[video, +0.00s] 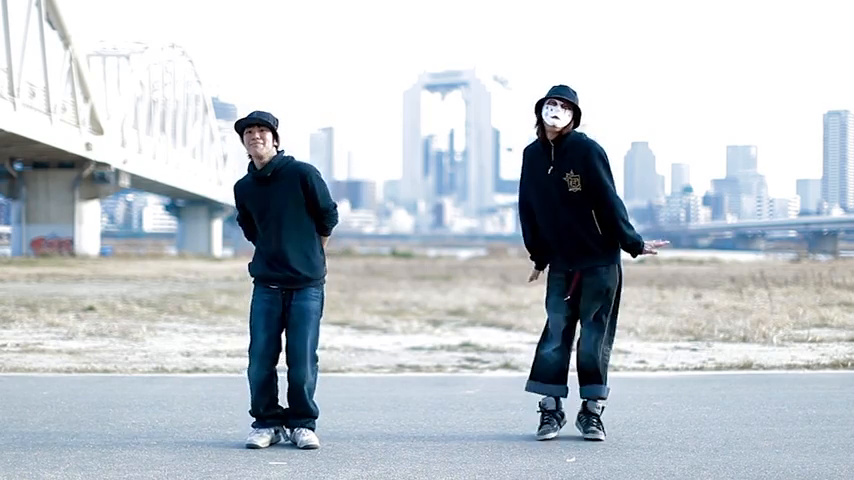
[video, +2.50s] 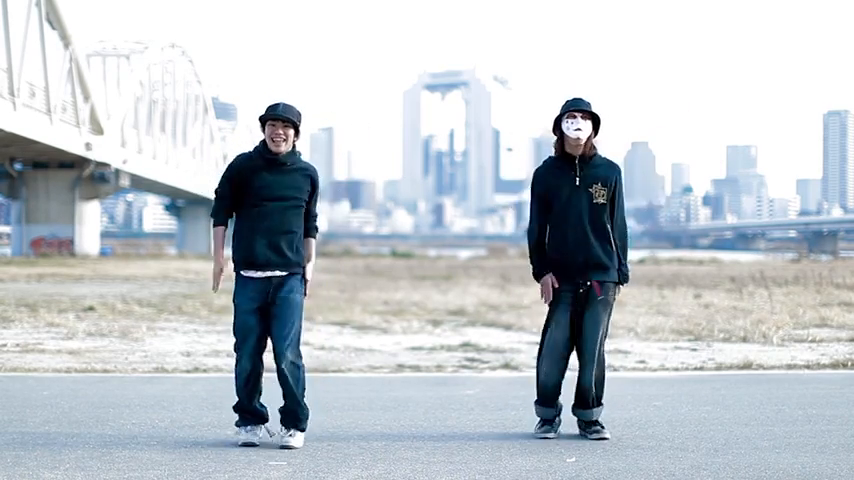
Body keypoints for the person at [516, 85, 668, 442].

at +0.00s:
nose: (554, 112)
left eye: (563, 108)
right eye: (550, 105)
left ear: (573, 116)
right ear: (540, 111)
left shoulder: (586, 150)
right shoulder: (532, 153)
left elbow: (608, 199)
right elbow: (527, 207)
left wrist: (634, 243)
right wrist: (538, 255)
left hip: (599, 258)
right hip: (561, 258)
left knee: (595, 333)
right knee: (555, 330)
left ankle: (590, 412)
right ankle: (550, 411)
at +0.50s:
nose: (565, 115)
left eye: (570, 108)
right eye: (558, 110)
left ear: (582, 112)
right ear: (549, 116)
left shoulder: (603, 152)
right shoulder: (536, 154)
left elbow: (616, 198)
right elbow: (525, 204)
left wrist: (629, 232)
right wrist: (521, 249)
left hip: (592, 256)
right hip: (551, 256)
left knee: (590, 331)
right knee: (548, 330)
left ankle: (593, 411)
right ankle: (551, 409)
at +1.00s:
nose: (573, 113)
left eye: (579, 107)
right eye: (567, 107)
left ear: (589, 114)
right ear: (556, 113)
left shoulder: (603, 156)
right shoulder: (541, 152)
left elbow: (601, 202)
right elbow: (533, 194)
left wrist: (587, 230)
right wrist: (537, 219)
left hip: (590, 246)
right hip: (550, 246)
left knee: (587, 297)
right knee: (549, 327)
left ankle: (585, 354)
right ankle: (551, 407)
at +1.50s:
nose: (575, 119)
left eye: (582, 113)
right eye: (569, 113)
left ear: (591, 118)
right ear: (559, 118)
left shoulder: (607, 159)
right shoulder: (541, 163)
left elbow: (632, 193)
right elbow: (529, 217)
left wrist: (639, 230)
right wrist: (517, 265)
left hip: (598, 257)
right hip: (558, 258)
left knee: (593, 334)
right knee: (569, 324)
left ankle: (586, 410)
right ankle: (559, 394)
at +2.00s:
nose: (583, 133)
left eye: (590, 127)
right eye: (577, 126)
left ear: (599, 130)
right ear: (566, 129)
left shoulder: (612, 169)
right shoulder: (543, 167)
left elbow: (639, 212)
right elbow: (503, 195)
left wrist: (633, 249)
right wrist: (509, 237)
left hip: (598, 268)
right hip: (557, 269)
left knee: (594, 341)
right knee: (559, 343)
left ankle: (593, 411)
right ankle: (556, 414)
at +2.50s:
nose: (576, 125)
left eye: (582, 120)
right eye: (569, 120)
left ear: (592, 128)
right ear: (560, 127)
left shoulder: (609, 171)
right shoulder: (545, 172)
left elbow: (618, 224)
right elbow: (536, 226)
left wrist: (621, 271)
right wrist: (542, 271)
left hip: (601, 271)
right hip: (561, 272)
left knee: (592, 347)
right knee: (553, 346)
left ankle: (590, 417)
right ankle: (547, 416)